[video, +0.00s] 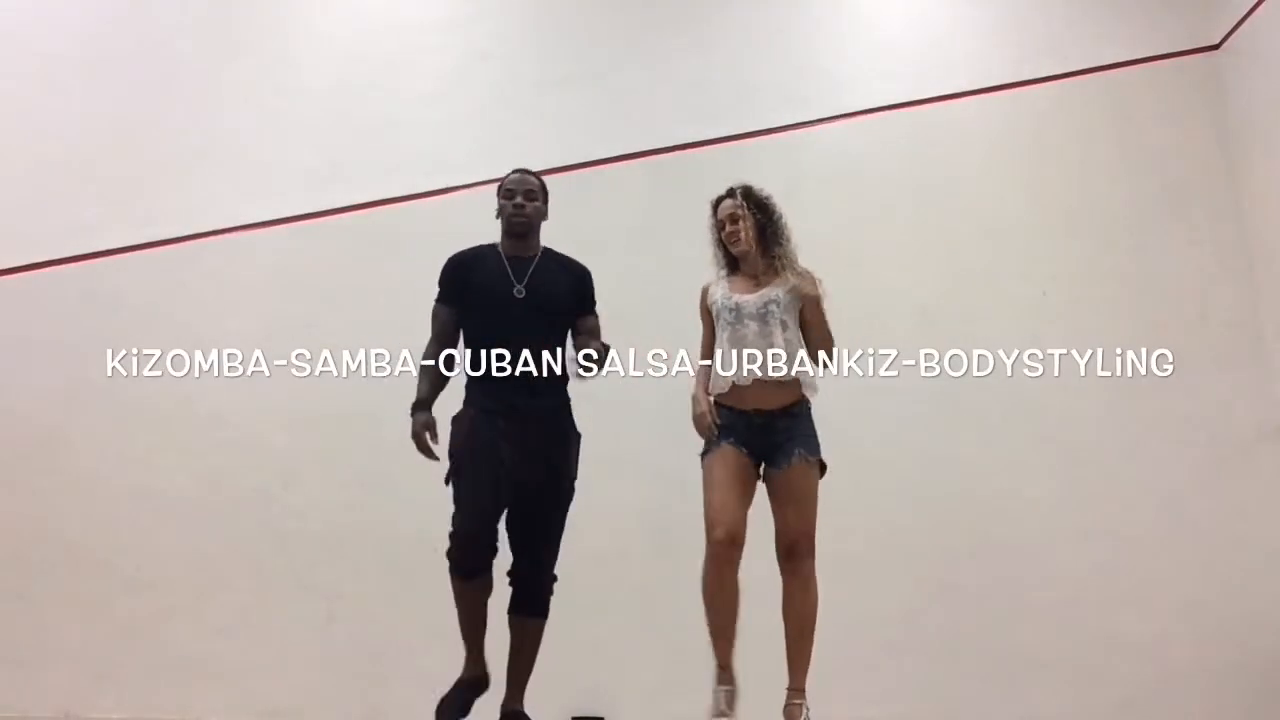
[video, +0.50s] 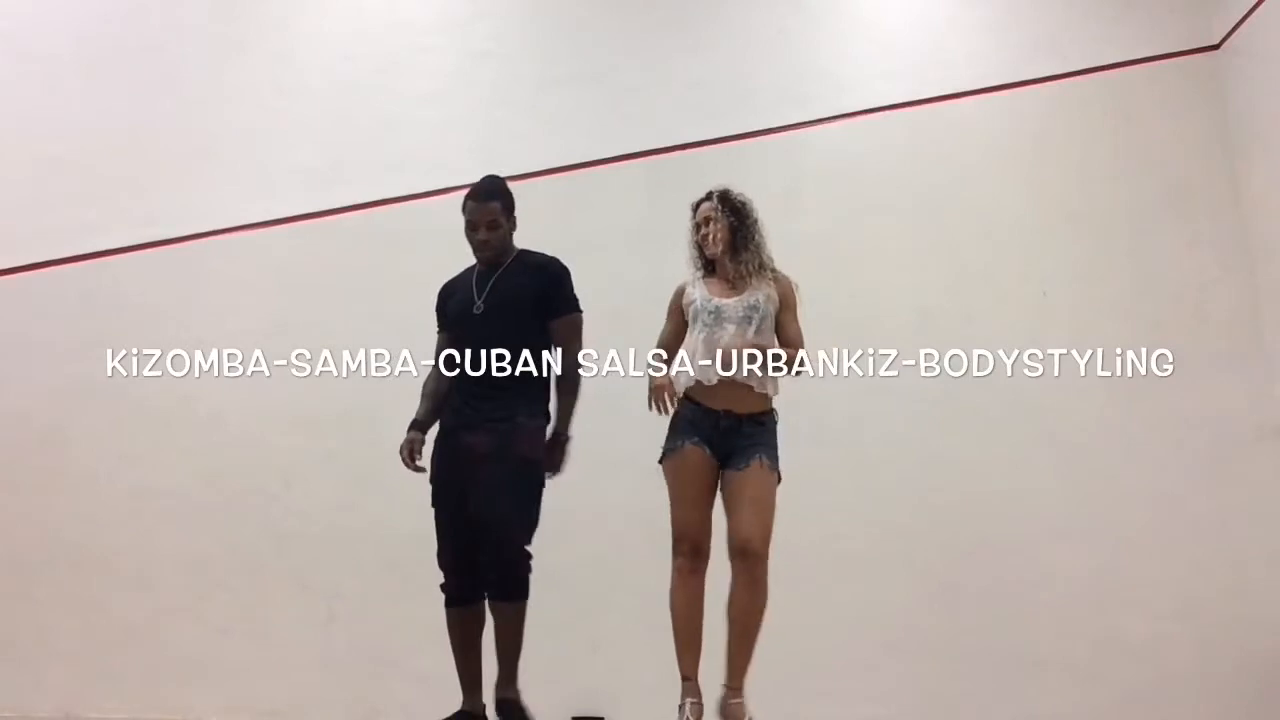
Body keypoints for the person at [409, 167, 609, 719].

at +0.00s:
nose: (520, 204)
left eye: (531, 197)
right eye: (511, 196)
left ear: (546, 208)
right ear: (496, 206)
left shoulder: (572, 276)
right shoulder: (464, 268)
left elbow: (589, 344)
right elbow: (441, 348)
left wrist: (592, 353)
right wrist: (422, 405)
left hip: (549, 438)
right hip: (481, 434)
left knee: (534, 573)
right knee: (467, 553)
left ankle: (514, 703)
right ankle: (474, 671)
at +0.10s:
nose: (511, 207)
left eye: (523, 199)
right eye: (503, 199)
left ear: (540, 211)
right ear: (490, 209)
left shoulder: (569, 274)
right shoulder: (461, 275)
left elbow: (598, 343)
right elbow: (441, 354)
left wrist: (601, 374)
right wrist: (418, 405)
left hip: (547, 443)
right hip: (477, 440)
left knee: (533, 576)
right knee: (460, 561)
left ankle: (514, 703)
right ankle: (475, 671)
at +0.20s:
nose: (502, 216)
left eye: (513, 208)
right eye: (495, 208)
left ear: (533, 216)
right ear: (484, 215)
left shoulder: (563, 275)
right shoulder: (458, 283)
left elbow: (597, 347)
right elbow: (441, 364)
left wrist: (609, 405)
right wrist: (414, 412)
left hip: (542, 448)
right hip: (473, 446)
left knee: (531, 579)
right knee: (460, 575)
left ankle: (514, 704)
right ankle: (471, 698)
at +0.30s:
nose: (497, 225)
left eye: (507, 216)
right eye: (487, 217)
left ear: (525, 219)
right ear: (476, 223)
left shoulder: (555, 275)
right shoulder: (456, 289)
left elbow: (586, 351)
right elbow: (443, 367)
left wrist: (603, 424)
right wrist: (414, 416)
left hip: (532, 450)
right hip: (466, 451)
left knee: (525, 580)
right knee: (464, 581)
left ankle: (513, 703)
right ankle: (471, 704)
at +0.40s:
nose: (487, 232)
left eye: (497, 222)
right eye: (478, 223)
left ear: (517, 220)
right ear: (469, 225)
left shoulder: (550, 274)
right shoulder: (455, 292)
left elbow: (579, 356)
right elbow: (444, 367)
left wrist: (584, 429)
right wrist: (416, 417)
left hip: (523, 449)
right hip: (461, 449)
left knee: (518, 571)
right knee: (461, 579)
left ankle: (514, 697)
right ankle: (472, 703)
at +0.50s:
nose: (481, 233)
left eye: (491, 224)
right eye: (473, 225)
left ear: (512, 221)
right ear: (464, 227)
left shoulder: (546, 275)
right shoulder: (454, 291)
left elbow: (570, 360)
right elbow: (444, 367)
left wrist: (560, 431)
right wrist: (419, 423)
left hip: (518, 444)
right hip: (458, 446)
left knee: (507, 565)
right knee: (459, 573)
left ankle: (507, 692)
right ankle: (471, 702)